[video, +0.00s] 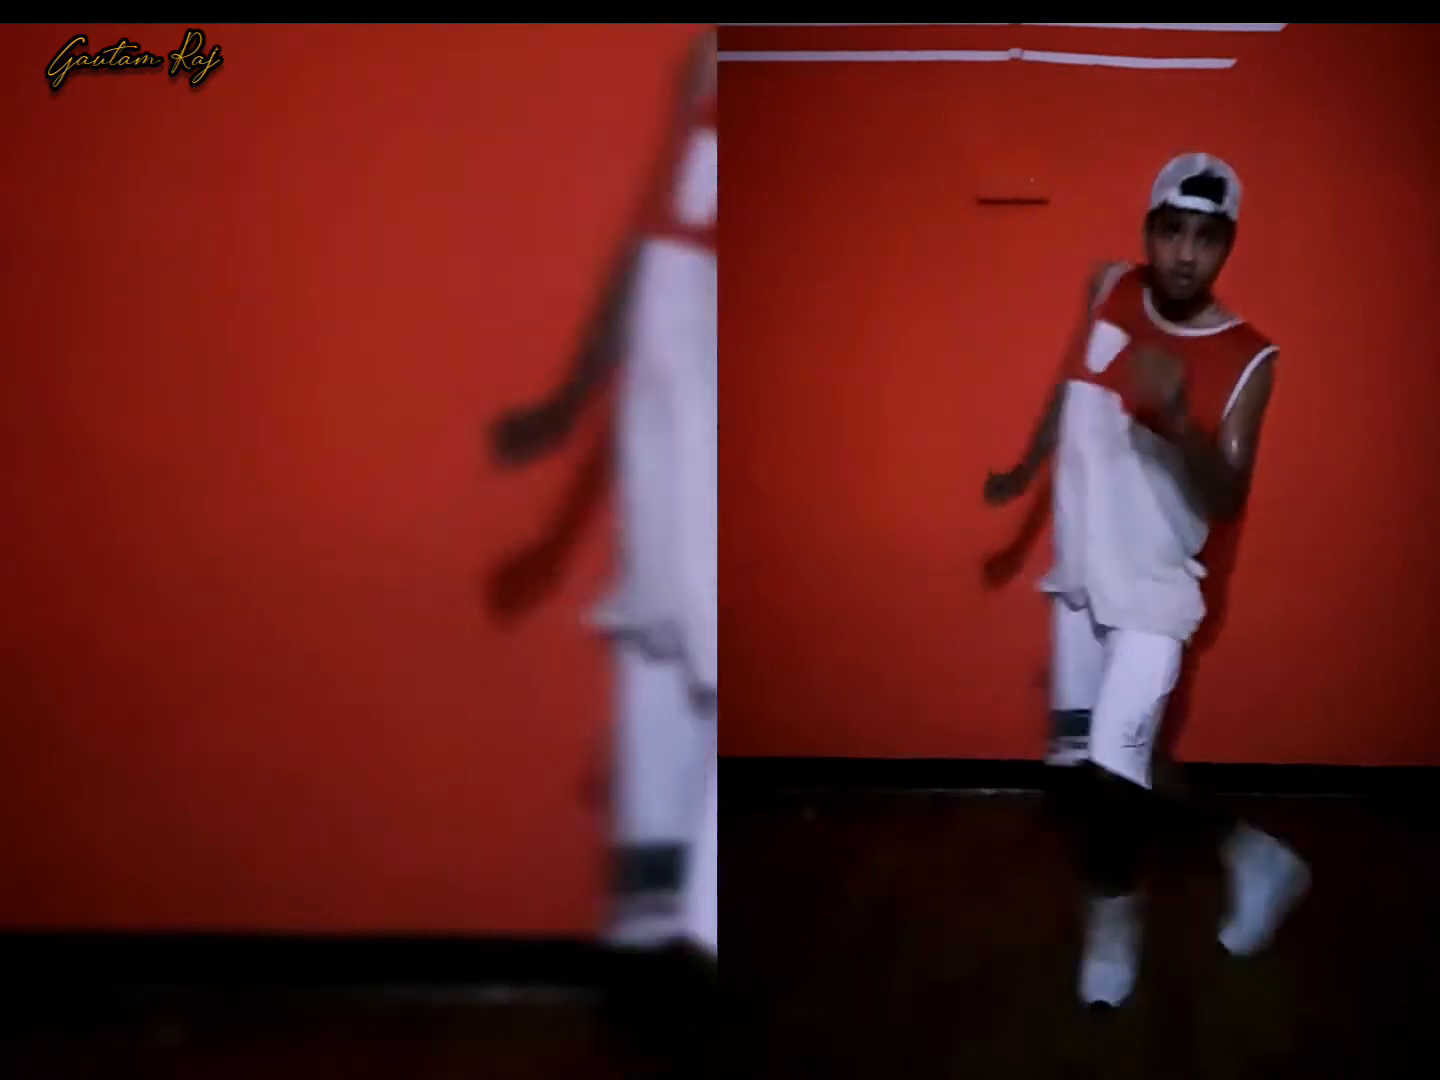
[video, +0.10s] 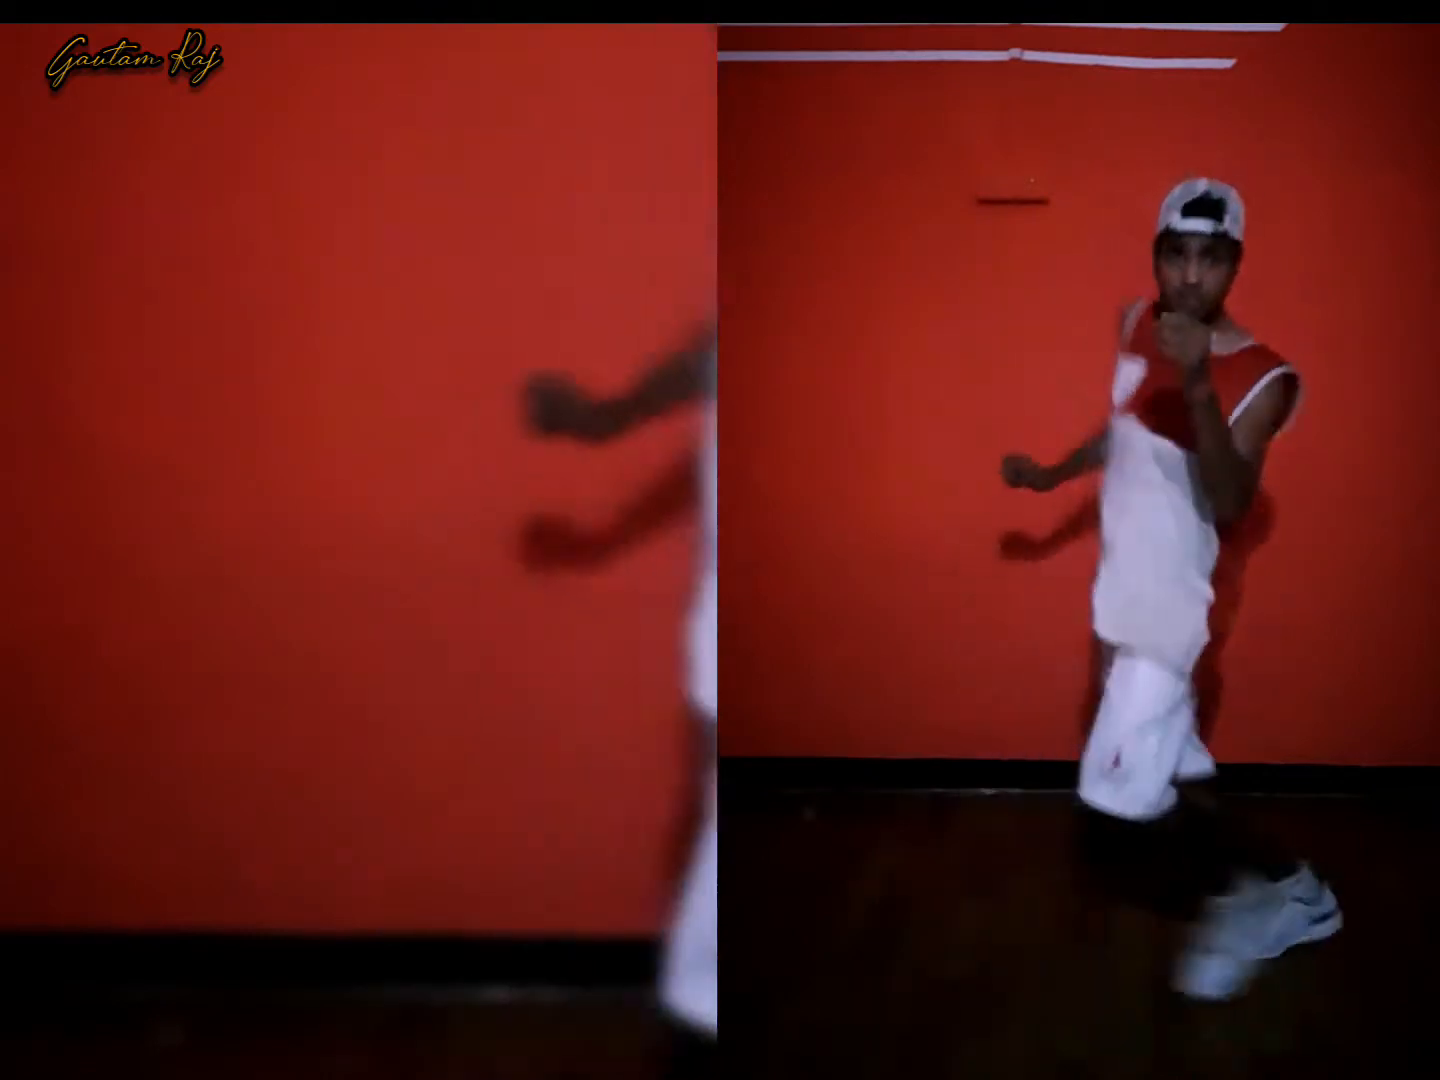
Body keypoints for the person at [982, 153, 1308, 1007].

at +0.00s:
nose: (1185, 253)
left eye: (1204, 238)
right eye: (1171, 232)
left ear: (1228, 249)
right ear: (1148, 236)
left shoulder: (1244, 357)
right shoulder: (1113, 291)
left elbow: (1225, 496)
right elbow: (1070, 385)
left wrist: (1174, 426)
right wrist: (1025, 466)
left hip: (1156, 593)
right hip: (1079, 573)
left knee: (1110, 774)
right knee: (1075, 765)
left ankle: (1109, 941)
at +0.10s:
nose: (1191, 275)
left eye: (1210, 259)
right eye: (1177, 256)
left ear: (1234, 268)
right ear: (1156, 260)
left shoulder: (1259, 377)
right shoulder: (1141, 328)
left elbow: (1224, 502)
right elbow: (1130, 426)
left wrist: (1195, 380)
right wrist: (1054, 472)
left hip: (1171, 614)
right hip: (1121, 599)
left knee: (1113, 800)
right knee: (1172, 773)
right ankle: (1283, 888)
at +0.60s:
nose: (1042, 390)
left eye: (1054, 372)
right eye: (1037, 373)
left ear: (1109, 359)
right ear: (1109, 359)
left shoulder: (1137, 453)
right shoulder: (1145, 403)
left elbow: (1203, 579)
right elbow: (1127, 507)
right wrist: (1081, 583)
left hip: (1261, 623)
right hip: (1191, 594)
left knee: (1238, 820)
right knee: (1098, 722)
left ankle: (1369, 939)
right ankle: (1102, 907)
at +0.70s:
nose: (1020, 370)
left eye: (1030, 352)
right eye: (1014, 354)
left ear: (1085, 338)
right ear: (1076, 338)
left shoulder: (1143, 431)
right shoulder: (1080, 404)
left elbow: (1230, 548)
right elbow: (1112, 529)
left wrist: (1268, 676)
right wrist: (1062, 632)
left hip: (1210, 622)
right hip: (1137, 598)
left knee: (1198, 814)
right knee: (1074, 738)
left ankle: (1350, 926)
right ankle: (1099, 911)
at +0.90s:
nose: (1034, 268)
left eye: (1051, 249)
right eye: (1024, 250)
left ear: (1097, 245)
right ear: (1019, 252)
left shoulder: (1185, 302)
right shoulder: (1025, 346)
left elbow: (1318, 332)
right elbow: (944, 465)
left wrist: (1294, 459)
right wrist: (977, 416)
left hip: (1131, 580)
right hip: (1052, 575)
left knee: (1036, 739)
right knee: (1022, 738)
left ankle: (979, 922)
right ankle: (1092, 904)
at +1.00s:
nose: (1066, 273)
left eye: (1085, 257)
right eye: (1054, 257)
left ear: (1123, 261)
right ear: (1041, 267)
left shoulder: (1186, 315)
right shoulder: (1020, 359)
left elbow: (1321, 292)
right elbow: (893, 412)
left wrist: (1290, 387)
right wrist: (918, 398)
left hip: (1099, 606)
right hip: (1011, 591)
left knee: (975, 772)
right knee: (982, 767)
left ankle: (894, 926)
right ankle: (1085, 898)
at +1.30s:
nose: (1056, 282)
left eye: (1075, 265)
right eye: (1041, 264)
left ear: (1107, 275)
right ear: (1025, 274)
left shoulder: (1156, 371)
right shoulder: (1018, 355)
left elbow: (1172, 525)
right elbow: (1029, 464)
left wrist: (1048, 507)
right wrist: (1020, 573)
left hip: (1168, 573)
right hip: (1078, 566)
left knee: (1153, 738)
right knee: (1028, 733)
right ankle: (1092, 907)